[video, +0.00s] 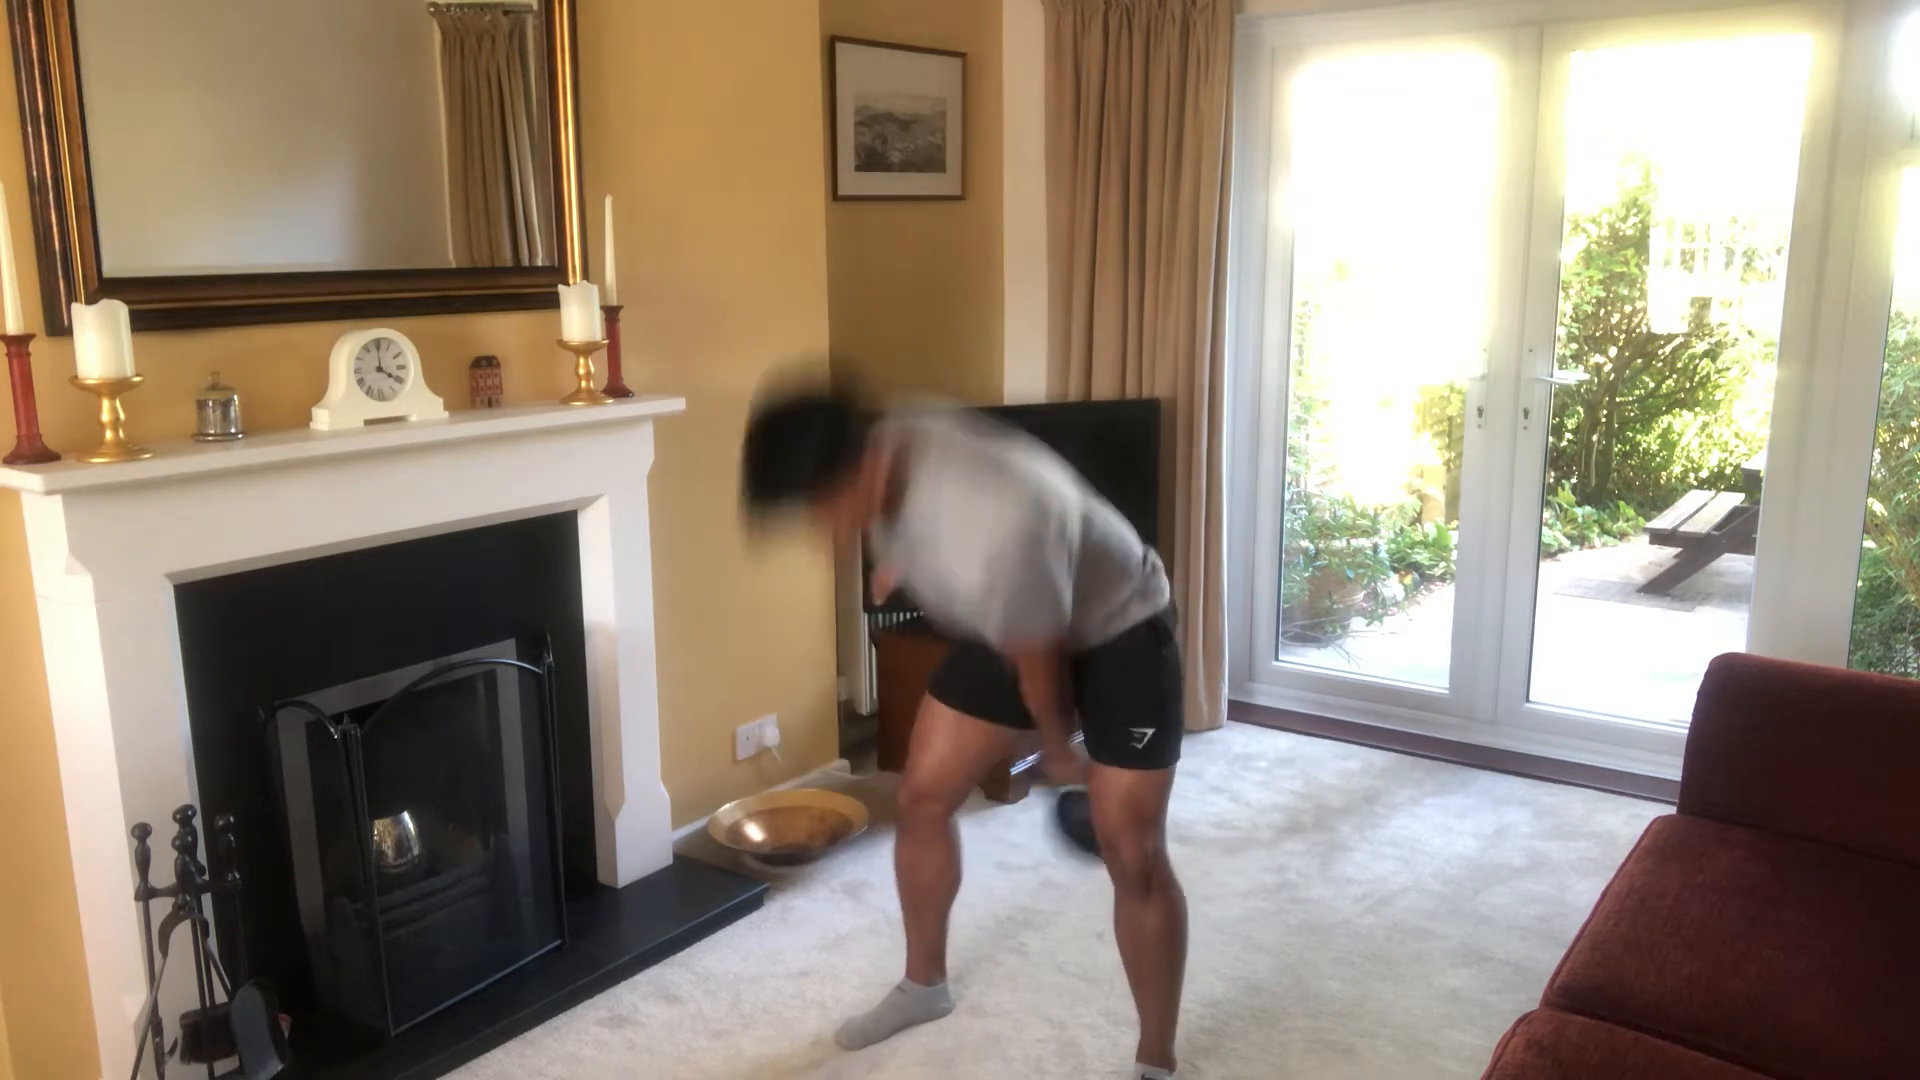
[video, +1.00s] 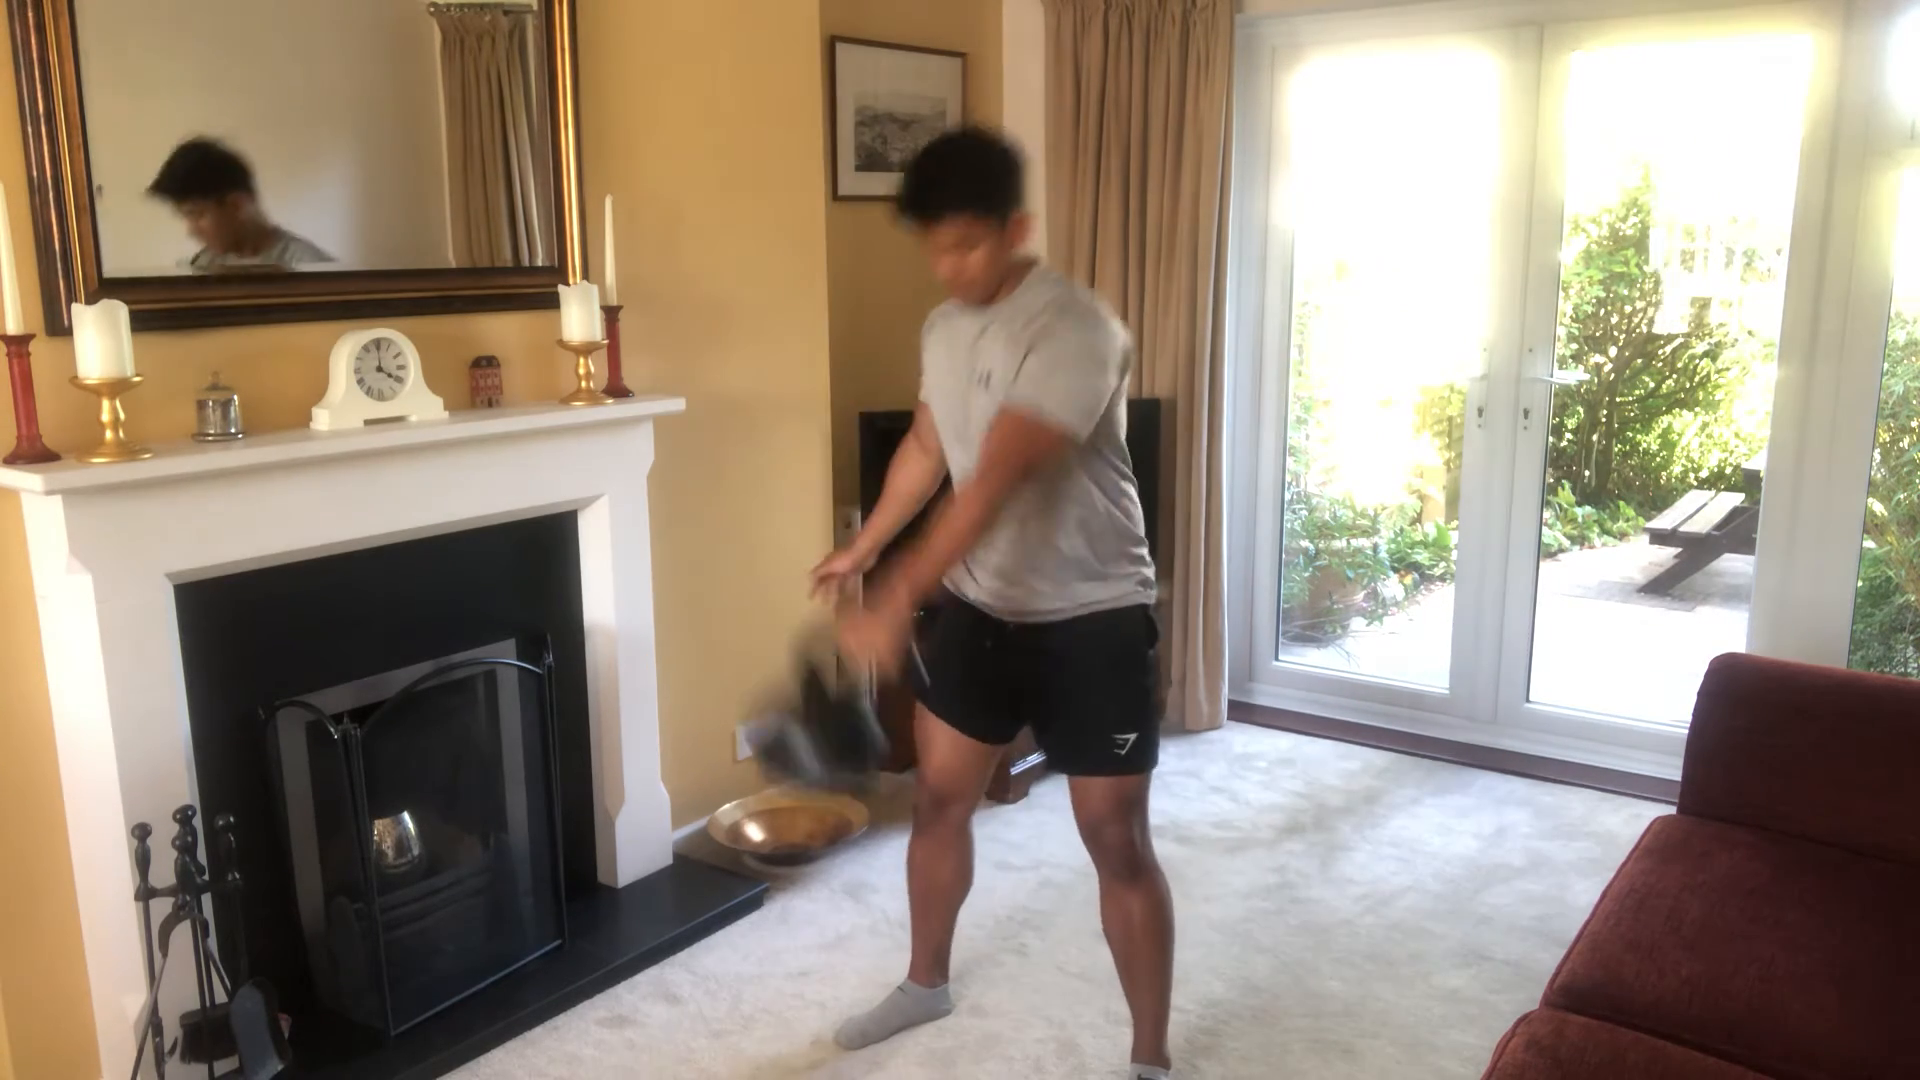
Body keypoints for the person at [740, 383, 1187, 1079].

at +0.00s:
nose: (822, 519)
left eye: (820, 502)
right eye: (811, 507)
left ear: (855, 470)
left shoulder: (995, 514)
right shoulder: (884, 448)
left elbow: (1038, 656)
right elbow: (917, 510)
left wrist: (1058, 749)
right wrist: (892, 566)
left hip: (1117, 630)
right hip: (1005, 622)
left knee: (1133, 854)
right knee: (923, 795)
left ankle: (1157, 1060)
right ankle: (924, 984)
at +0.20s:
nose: (926, 265)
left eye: (942, 242)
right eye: (916, 246)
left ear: (998, 223)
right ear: (913, 238)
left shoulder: (1065, 325)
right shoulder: (931, 322)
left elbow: (1004, 503)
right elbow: (912, 435)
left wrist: (935, 652)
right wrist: (872, 532)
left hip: (1090, 608)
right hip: (984, 601)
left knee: (1114, 830)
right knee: (950, 793)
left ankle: (1151, 1055)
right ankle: (928, 982)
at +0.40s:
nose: (980, 228)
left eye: (999, 206)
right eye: (968, 210)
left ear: (1053, 201)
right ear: (961, 211)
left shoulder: (1098, 313)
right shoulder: (962, 318)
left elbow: (1002, 380)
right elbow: (934, 444)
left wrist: (869, 426)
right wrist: (880, 544)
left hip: (1071, 615)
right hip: (961, 603)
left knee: (1103, 833)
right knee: (954, 802)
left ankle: (1149, 1054)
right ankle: (928, 983)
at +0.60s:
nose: (982, 218)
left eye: (1003, 195)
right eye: (971, 199)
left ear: (1060, 196)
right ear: (962, 203)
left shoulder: (1101, 305)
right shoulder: (960, 317)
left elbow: (999, 319)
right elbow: (953, 453)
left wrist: (856, 306)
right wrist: (912, 560)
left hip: (1068, 619)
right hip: (956, 611)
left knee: (1102, 835)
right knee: (956, 806)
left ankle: (1149, 1056)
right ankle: (928, 983)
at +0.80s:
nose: (985, 225)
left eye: (1004, 202)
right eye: (973, 206)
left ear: (1059, 198)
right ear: (964, 206)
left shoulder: (1106, 312)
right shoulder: (968, 319)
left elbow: (1001, 368)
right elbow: (946, 449)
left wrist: (836, 381)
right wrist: (905, 557)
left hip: (1077, 620)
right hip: (964, 610)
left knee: (1108, 839)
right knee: (953, 808)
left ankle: (1149, 1054)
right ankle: (927, 983)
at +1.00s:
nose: (949, 265)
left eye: (967, 243)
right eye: (935, 247)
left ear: (1019, 229)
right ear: (921, 241)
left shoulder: (1079, 327)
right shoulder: (946, 327)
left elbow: (996, 477)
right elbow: (926, 445)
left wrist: (897, 600)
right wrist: (864, 544)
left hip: (1093, 616)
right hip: (976, 608)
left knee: (1116, 839)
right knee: (938, 800)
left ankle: (1151, 1056)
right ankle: (926, 983)